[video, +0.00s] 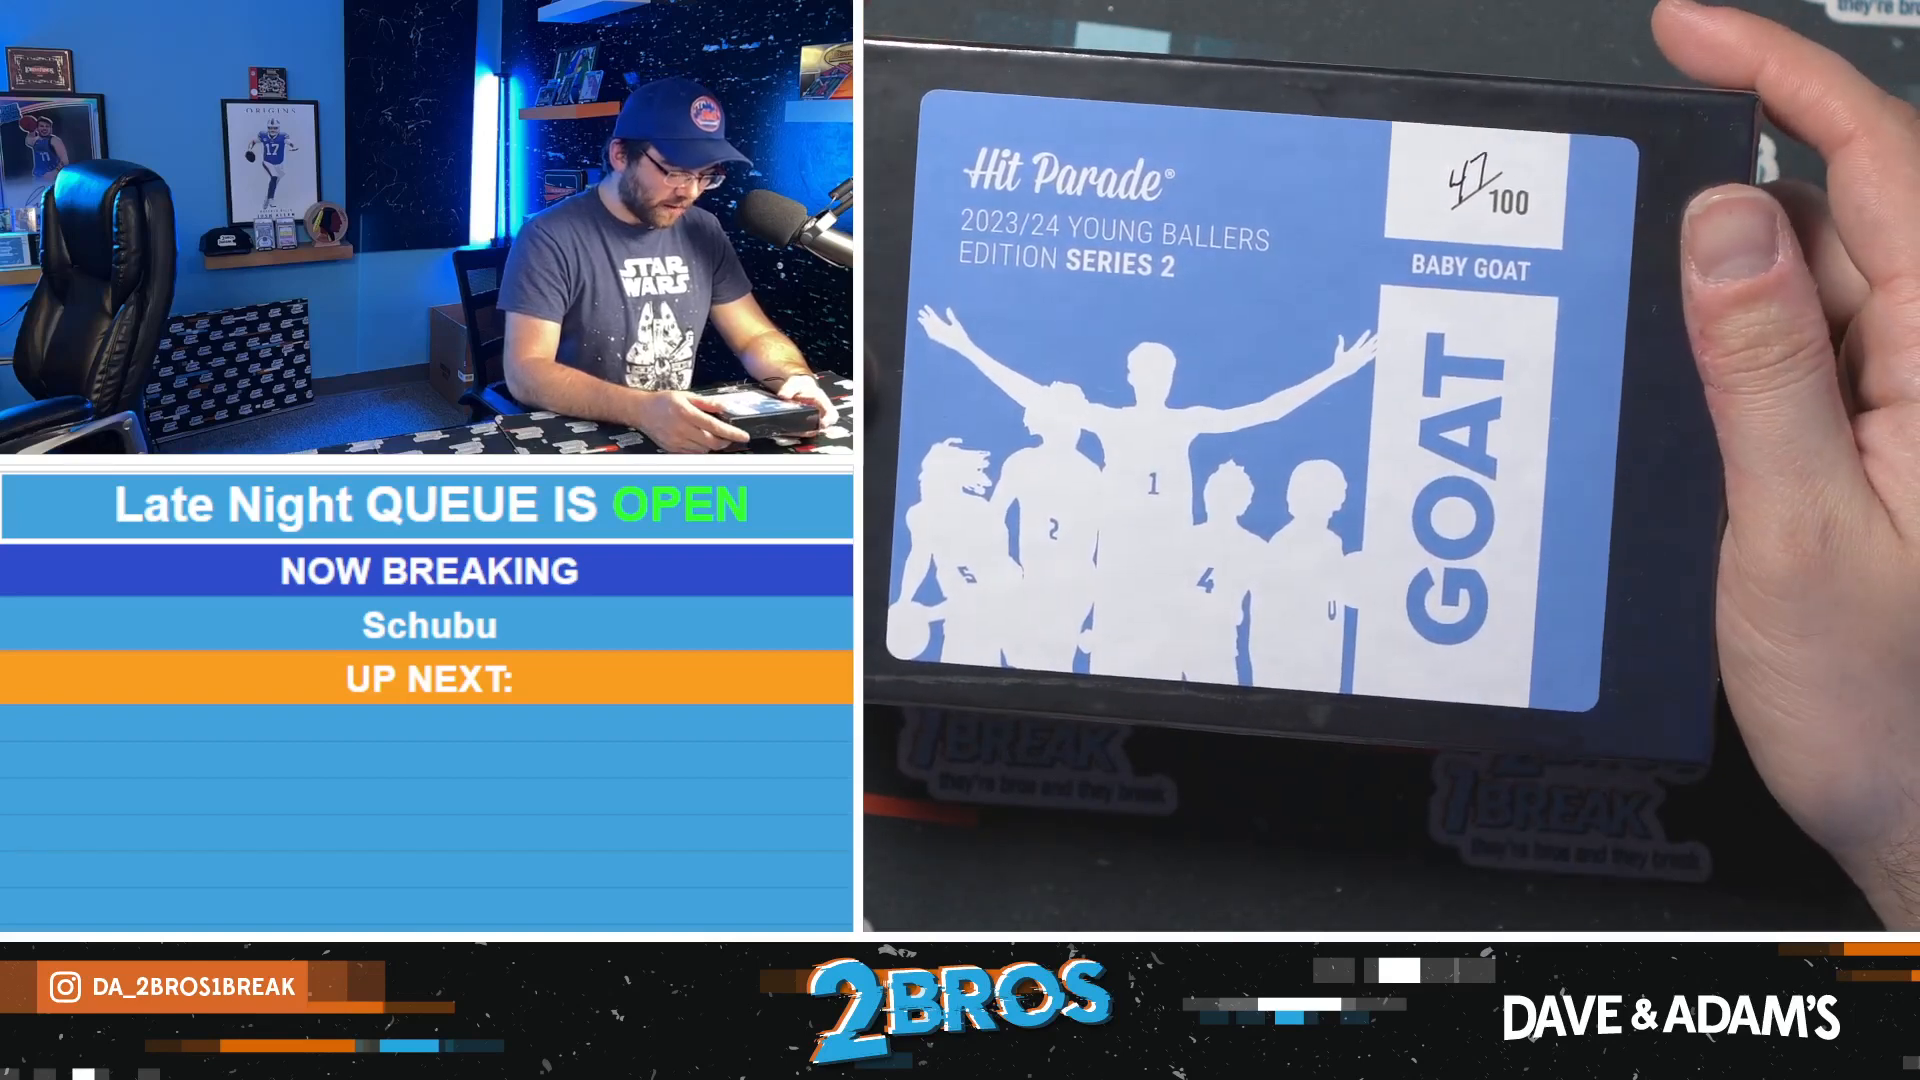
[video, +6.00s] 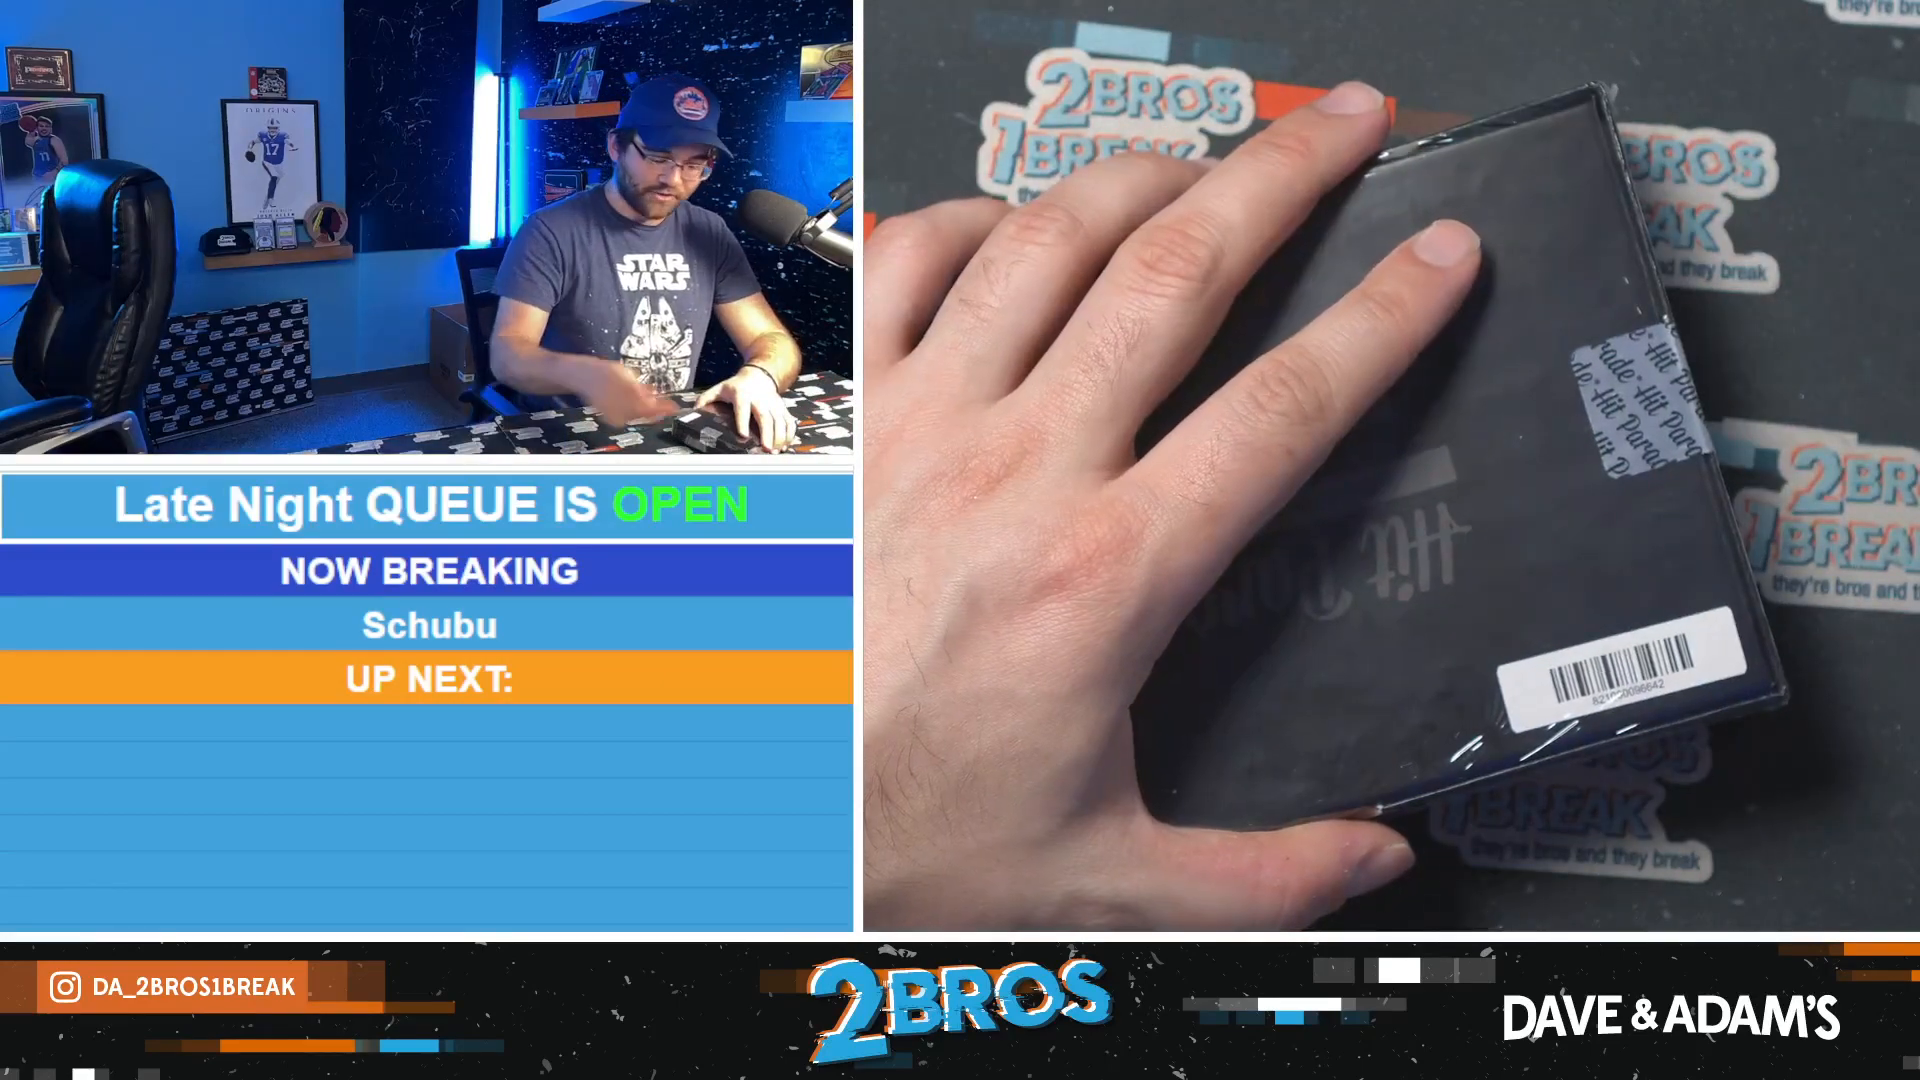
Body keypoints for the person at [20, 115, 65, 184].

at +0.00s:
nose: (44, 128)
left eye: (47, 126)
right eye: (41, 126)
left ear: (50, 128)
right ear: (37, 128)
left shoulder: (55, 140)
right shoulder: (35, 140)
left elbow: (64, 160)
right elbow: (28, 142)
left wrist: (54, 173)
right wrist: (31, 132)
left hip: (51, 177)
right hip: (37, 176)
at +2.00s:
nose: (44, 128)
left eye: (47, 126)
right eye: (41, 126)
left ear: (50, 128)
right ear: (37, 128)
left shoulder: (55, 140)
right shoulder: (35, 140)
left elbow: (64, 160)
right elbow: (28, 142)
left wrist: (54, 173)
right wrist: (31, 132)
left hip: (51, 177)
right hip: (37, 176)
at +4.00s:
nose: (44, 128)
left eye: (47, 126)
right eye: (41, 126)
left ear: (51, 129)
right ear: (37, 128)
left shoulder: (54, 140)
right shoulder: (35, 140)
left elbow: (64, 161)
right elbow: (28, 142)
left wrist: (54, 173)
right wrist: (31, 133)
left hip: (50, 177)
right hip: (37, 176)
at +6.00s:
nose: (44, 128)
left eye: (47, 126)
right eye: (41, 126)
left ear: (50, 128)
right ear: (37, 128)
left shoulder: (54, 140)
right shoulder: (35, 140)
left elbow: (64, 160)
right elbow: (28, 141)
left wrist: (53, 173)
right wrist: (31, 132)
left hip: (50, 177)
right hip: (37, 176)